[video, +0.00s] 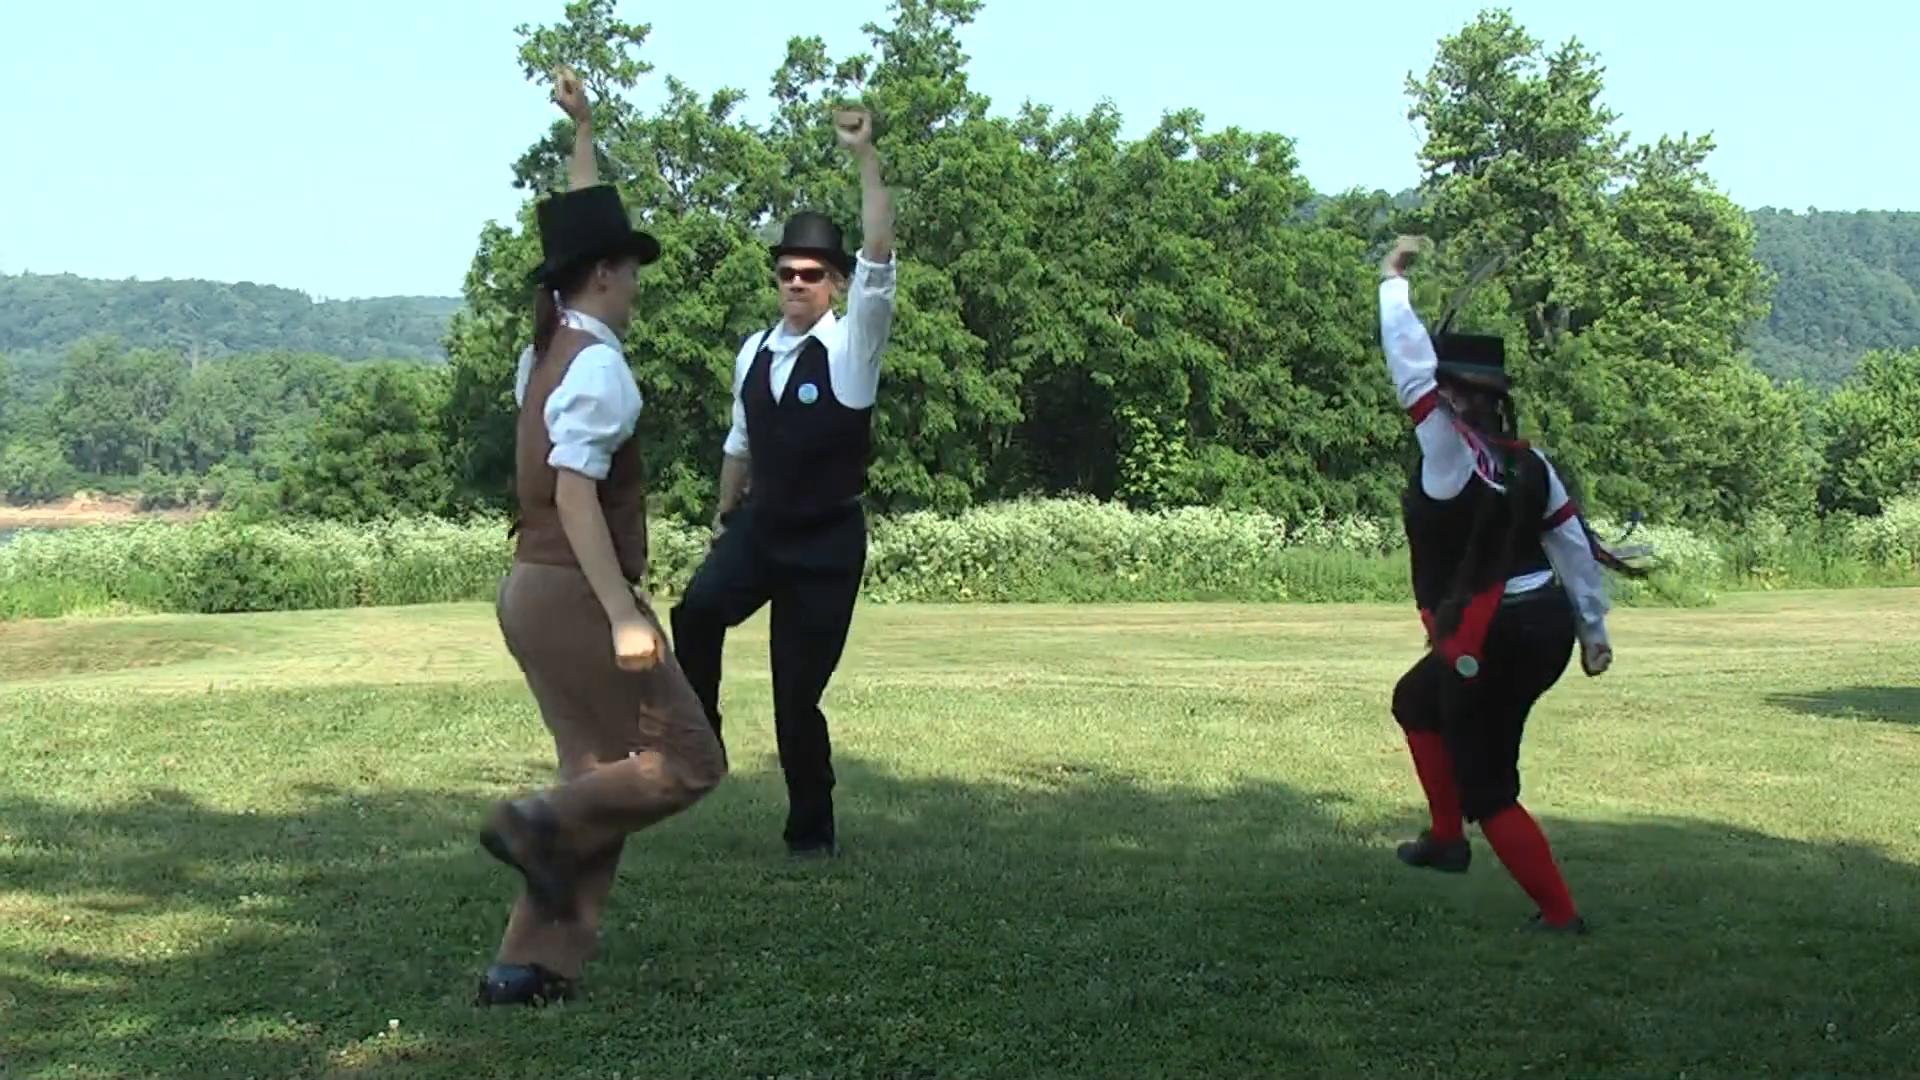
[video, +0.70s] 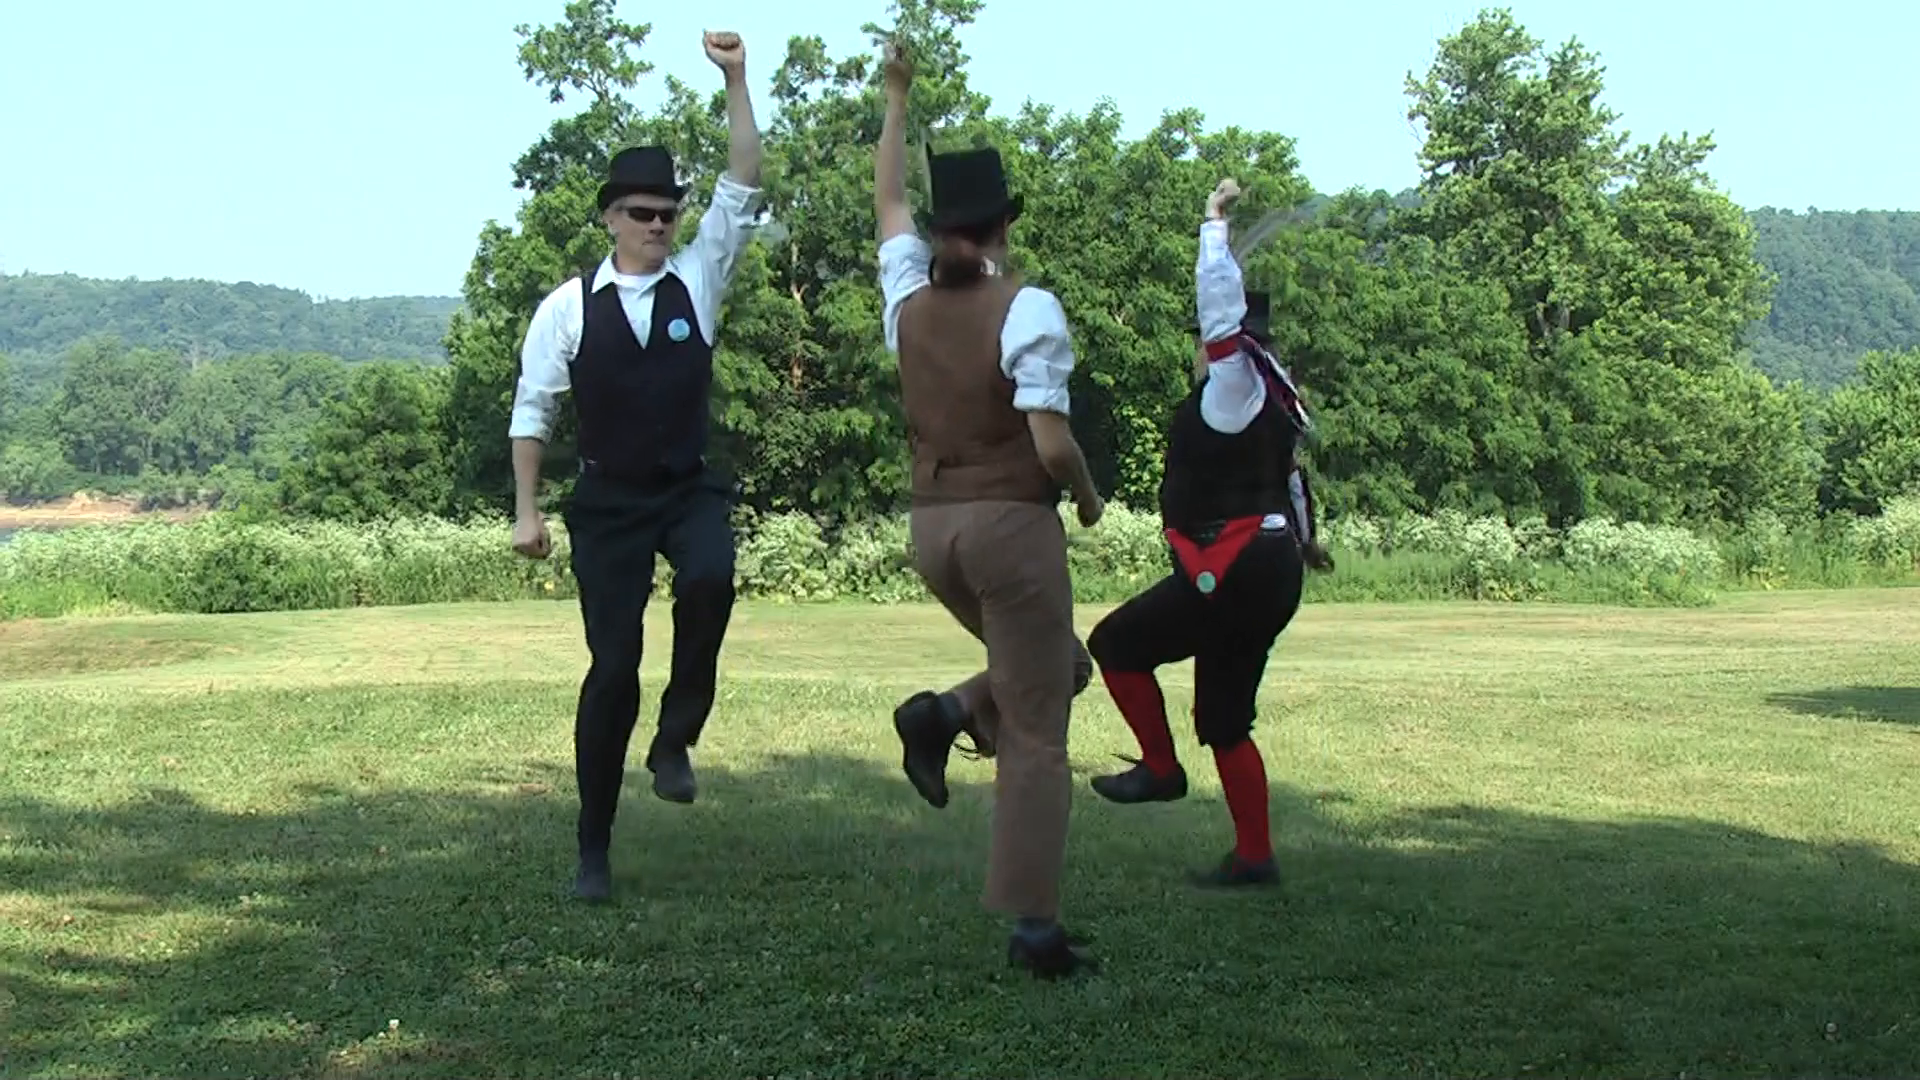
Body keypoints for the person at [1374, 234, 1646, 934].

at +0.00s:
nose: (1438, 400)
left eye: (1443, 391)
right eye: (1442, 391)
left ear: (1457, 400)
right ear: (1498, 400)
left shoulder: (1448, 448)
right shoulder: (1531, 462)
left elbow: (1410, 360)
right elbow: (1572, 545)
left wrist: (1394, 277)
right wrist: (1593, 625)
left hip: (1494, 631)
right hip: (1550, 622)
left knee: (1483, 787)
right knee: (1414, 700)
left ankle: (1561, 916)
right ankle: (1447, 839)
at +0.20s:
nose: (1375, 362)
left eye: (1381, 355)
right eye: (1387, 354)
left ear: (1389, 360)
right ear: (1434, 364)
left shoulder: (1378, 398)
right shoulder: (1461, 428)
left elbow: (1358, 323)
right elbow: (1501, 509)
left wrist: (1353, 239)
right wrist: (1516, 587)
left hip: (1409, 598)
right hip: (1459, 594)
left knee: (1410, 763)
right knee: (1343, 702)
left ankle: (1506, 866)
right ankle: (1341, 844)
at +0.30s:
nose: (1338, 374)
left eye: (1345, 364)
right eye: (1354, 364)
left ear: (1356, 372)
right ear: (1398, 375)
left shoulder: (1354, 416)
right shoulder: (1410, 436)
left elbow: (1337, 338)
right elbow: (1450, 524)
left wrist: (1338, 259)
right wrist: (1478, 609)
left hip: (1368, 603)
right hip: (1413, 598)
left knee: (1318, 756)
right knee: (1334, 741)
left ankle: (1411, 870)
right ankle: (1349, 876)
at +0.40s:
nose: (1304, 383)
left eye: (1315, 374)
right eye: (1311, 374)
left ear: (1330, 382)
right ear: (1363, 387)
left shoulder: (1330, 433)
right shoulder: (1364, 450)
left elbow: (1314, 349)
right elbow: (1400, 539)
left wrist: (1311, 270)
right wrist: (1418, 627)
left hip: (1341, 618)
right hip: (1377, 615)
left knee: (1238, 733)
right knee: (1297, 751)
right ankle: (1346, 874)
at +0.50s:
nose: (1263, 374)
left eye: (1274, 365)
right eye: (1268, 364)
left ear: (1301, 369)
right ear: (1318, 371)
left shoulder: (1306, 421)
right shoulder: (1318, 424)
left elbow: (1289, 332)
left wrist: (1276, 249)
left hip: (1303, 602)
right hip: (1337, 600)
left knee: (1177, 671)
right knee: (1288, 746)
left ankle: (1193, 804)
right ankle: (1347, 876)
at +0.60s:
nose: (1236, 339)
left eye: (1247, 328)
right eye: (1242, 329)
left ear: (1270, 334)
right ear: (1289, 338)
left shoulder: (1272, 380)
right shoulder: (1281, 394)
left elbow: (1256, 293)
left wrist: (1247, 221)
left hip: (1266, 577)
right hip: (1298, 582)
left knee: (1138, 631)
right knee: (1261, 720)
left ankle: (1161, 763)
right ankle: (1321, 851)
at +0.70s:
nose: (1204, 338)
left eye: (1212, 331)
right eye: (1208, 330)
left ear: (1233, 334)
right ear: (1258, 335)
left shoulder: (1235, 379)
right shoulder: (1269, 391)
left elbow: (1220, 299)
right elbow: (1292, 479)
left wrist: (1214, 217)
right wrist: (1301, 542)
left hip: (1238, 568)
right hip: (1271, 568)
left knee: (1115, 643)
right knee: (1222, 719)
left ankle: (1159, 767)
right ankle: (1254, 857)